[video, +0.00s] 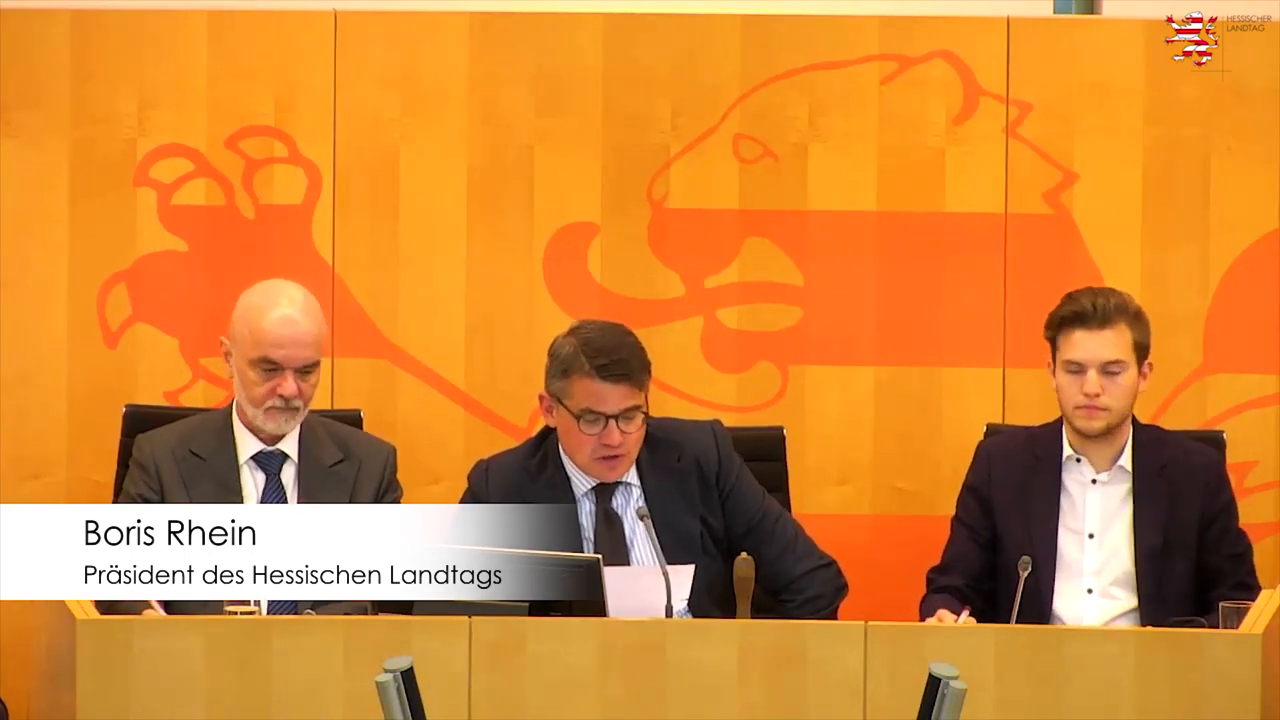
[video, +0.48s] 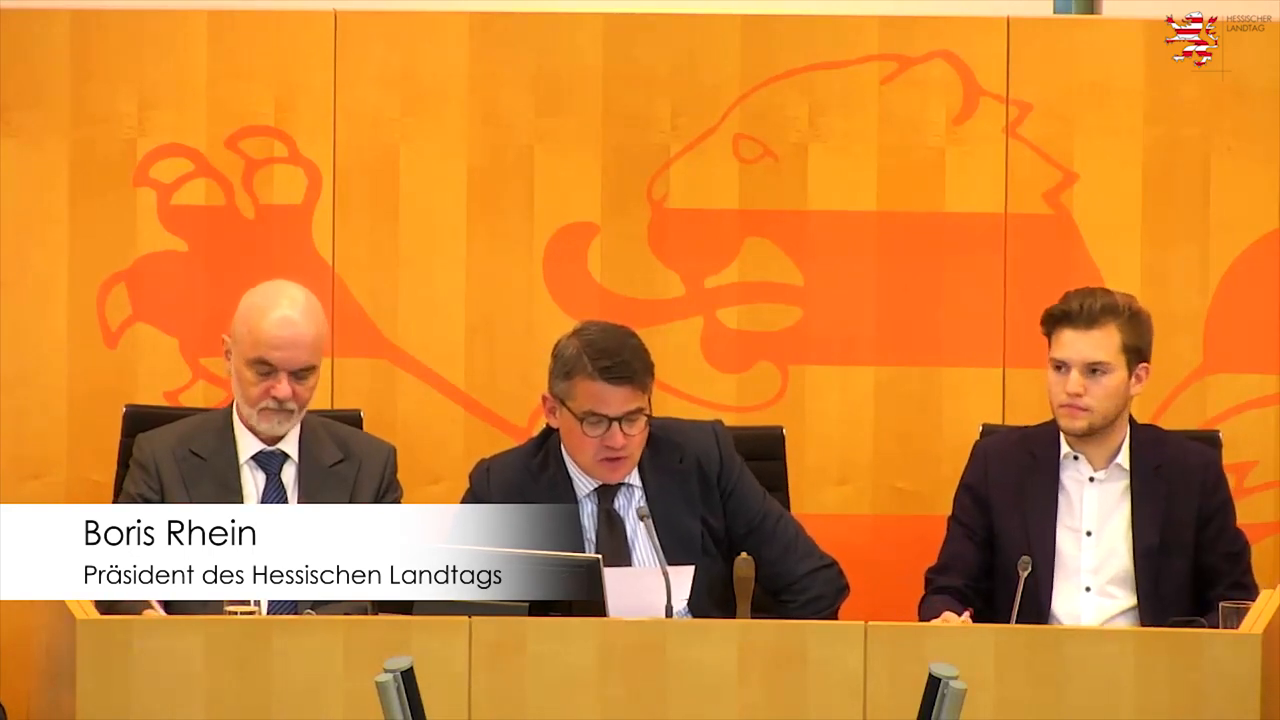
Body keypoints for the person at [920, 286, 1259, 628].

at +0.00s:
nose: (1091, 388)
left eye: (1112, 370)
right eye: (1074, 370)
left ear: (1143, 375)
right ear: (1053, 373)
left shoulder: (1196, 469)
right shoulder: (1001, 460)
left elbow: (1238, 600)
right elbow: (952, 585)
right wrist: (947, 621)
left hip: (1158, 673)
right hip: (1028, 668)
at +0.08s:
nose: (1083, 387)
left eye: (1105, 370)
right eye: (1068, 369)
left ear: (1140, 376)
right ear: (1050, 372)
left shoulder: (1194, 469)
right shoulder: (999, 460)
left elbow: (1237, 601)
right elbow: (951, 585)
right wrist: (947, 624)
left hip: (1156, 674)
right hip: (1025, 670)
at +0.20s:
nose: (1075, 387)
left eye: (1098, 371)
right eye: (1062, 368)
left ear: (1137, 378)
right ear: (1047, 370)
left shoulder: (1192, 469)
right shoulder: (997, 460)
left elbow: (1235, 601)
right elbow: (950, 585)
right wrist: (945, 623)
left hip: (1156, 674)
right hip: (1025, 670)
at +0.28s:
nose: (1074, 387)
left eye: (1097, 371)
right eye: (1061, 368)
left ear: (1136, 379)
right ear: (1047, 370)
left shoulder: (1192, 468)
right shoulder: (996, 460)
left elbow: (1235, 601)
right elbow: (949, 585)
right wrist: (945, 623)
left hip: (1155, 674)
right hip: (1025, 670)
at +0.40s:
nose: (1073, 387)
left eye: (1096, 371)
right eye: (1061, 368)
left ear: (1136, 379)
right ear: (1047, 370)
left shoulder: (1192, 469)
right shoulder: (997, 460)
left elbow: (1234, 601)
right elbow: (949, 586)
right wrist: (945, 623)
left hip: (1155, 674)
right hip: (1024, 671)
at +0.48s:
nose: (1072, 387)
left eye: (1095, 371)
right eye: (1061, 368)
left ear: (1137, 379)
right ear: (1047, 369)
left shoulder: (1192, 468)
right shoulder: (997, 459)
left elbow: (1236, 603)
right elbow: (949, 586)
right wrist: (946, 624)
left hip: (1155, 675)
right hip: (1024, 672)